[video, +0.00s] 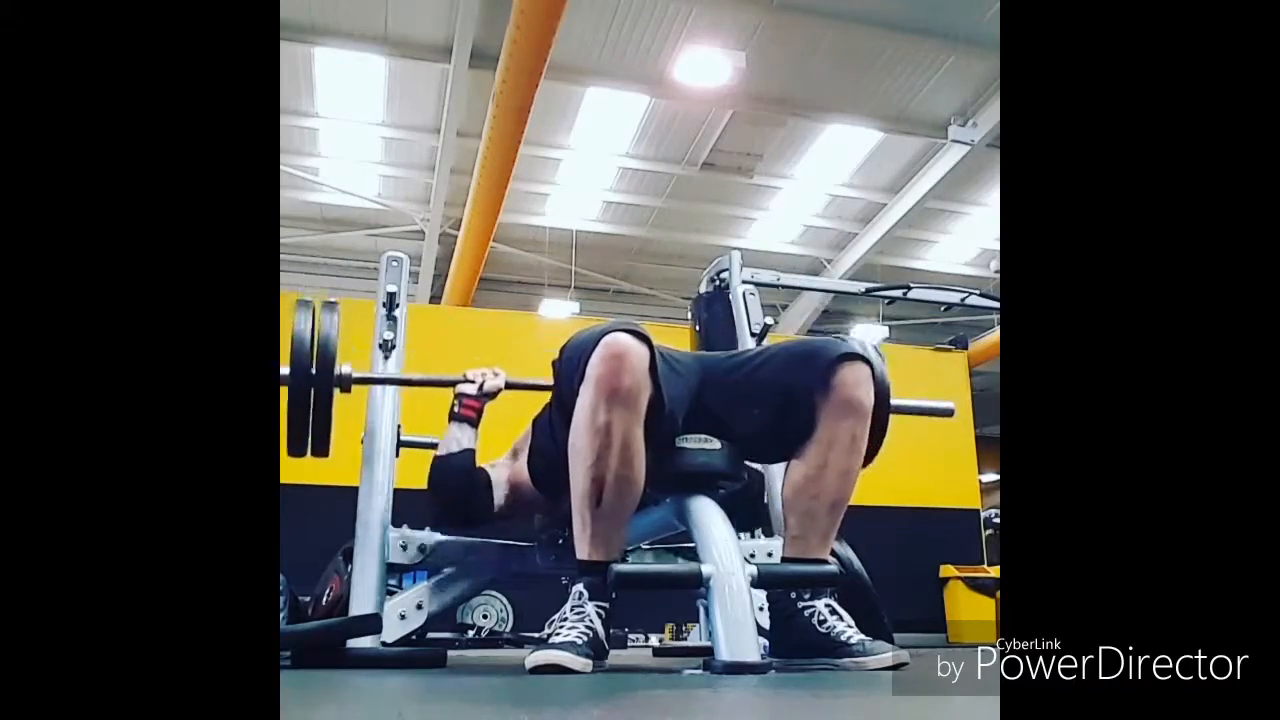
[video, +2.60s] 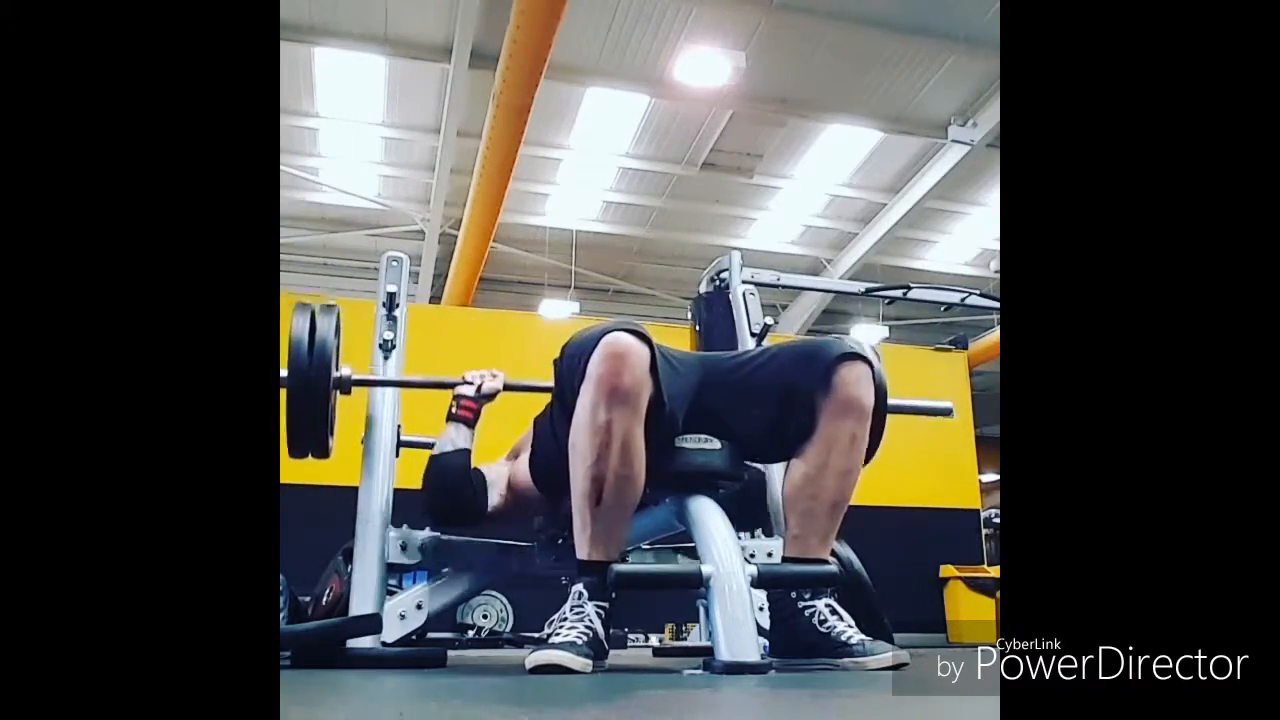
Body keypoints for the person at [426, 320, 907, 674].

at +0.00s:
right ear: (496, 498)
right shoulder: (524, 480)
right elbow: (452, 501)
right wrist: (468, 406)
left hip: (707, 376)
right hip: (630, 358)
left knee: (850, 375)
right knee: (618, 357)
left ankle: (800, 607)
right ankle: (587, 606)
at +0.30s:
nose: (495, 456)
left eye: (494, 467)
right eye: (496, 475)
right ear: (511, 482)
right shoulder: (527, 460)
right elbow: (442, 443)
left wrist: (714, 354)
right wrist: (468, 355)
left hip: (700, 377)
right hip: (631, 360)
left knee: (845, 374)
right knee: (617, 355)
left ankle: (801, 609)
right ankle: (587, 606)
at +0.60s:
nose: (497, 441)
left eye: (496, 442)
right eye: (494, 448)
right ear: (503, 471)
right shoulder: (523, 465)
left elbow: (722, 383)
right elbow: (466, 377)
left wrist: (711, 311)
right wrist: (468, 283)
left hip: (685, 382)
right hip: (613, 364)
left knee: (844, 375)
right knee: (618, 351)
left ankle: (798, 607)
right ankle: (586, 605)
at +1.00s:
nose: (491, 464)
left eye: (494, 464)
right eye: (490, 471)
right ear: (499, 475)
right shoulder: (517, 467)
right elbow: (440, 433)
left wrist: (717, 356)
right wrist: (465, 340)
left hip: (708, 389)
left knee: (846, 377)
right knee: (619, 355)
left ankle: (799, 609)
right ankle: (587, 606)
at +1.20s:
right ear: (494, 508)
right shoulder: (525, 490)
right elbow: (450, 498)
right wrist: (466, 407)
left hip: (701, 375)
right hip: (627, 361)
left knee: (850, 375)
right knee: (622, 356)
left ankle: (801, 606)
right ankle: (588, 606)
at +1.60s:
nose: (498, 470)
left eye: (497, 472)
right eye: (493, 476)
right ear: (498, 472)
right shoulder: (519, 460)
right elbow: (443, 428)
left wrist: (723, 348)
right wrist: (463, 339)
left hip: (704, 386)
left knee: (845, 378)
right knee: (621, 355)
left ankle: (798, 609)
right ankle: (587, 606)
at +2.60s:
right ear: (490, 505)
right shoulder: (519, 483)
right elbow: (448, 500)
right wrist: (466, 406)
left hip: (708, 376)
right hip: (630, 358)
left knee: (850, 375)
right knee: (618, 356)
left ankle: (801, 607)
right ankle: (587, 606)